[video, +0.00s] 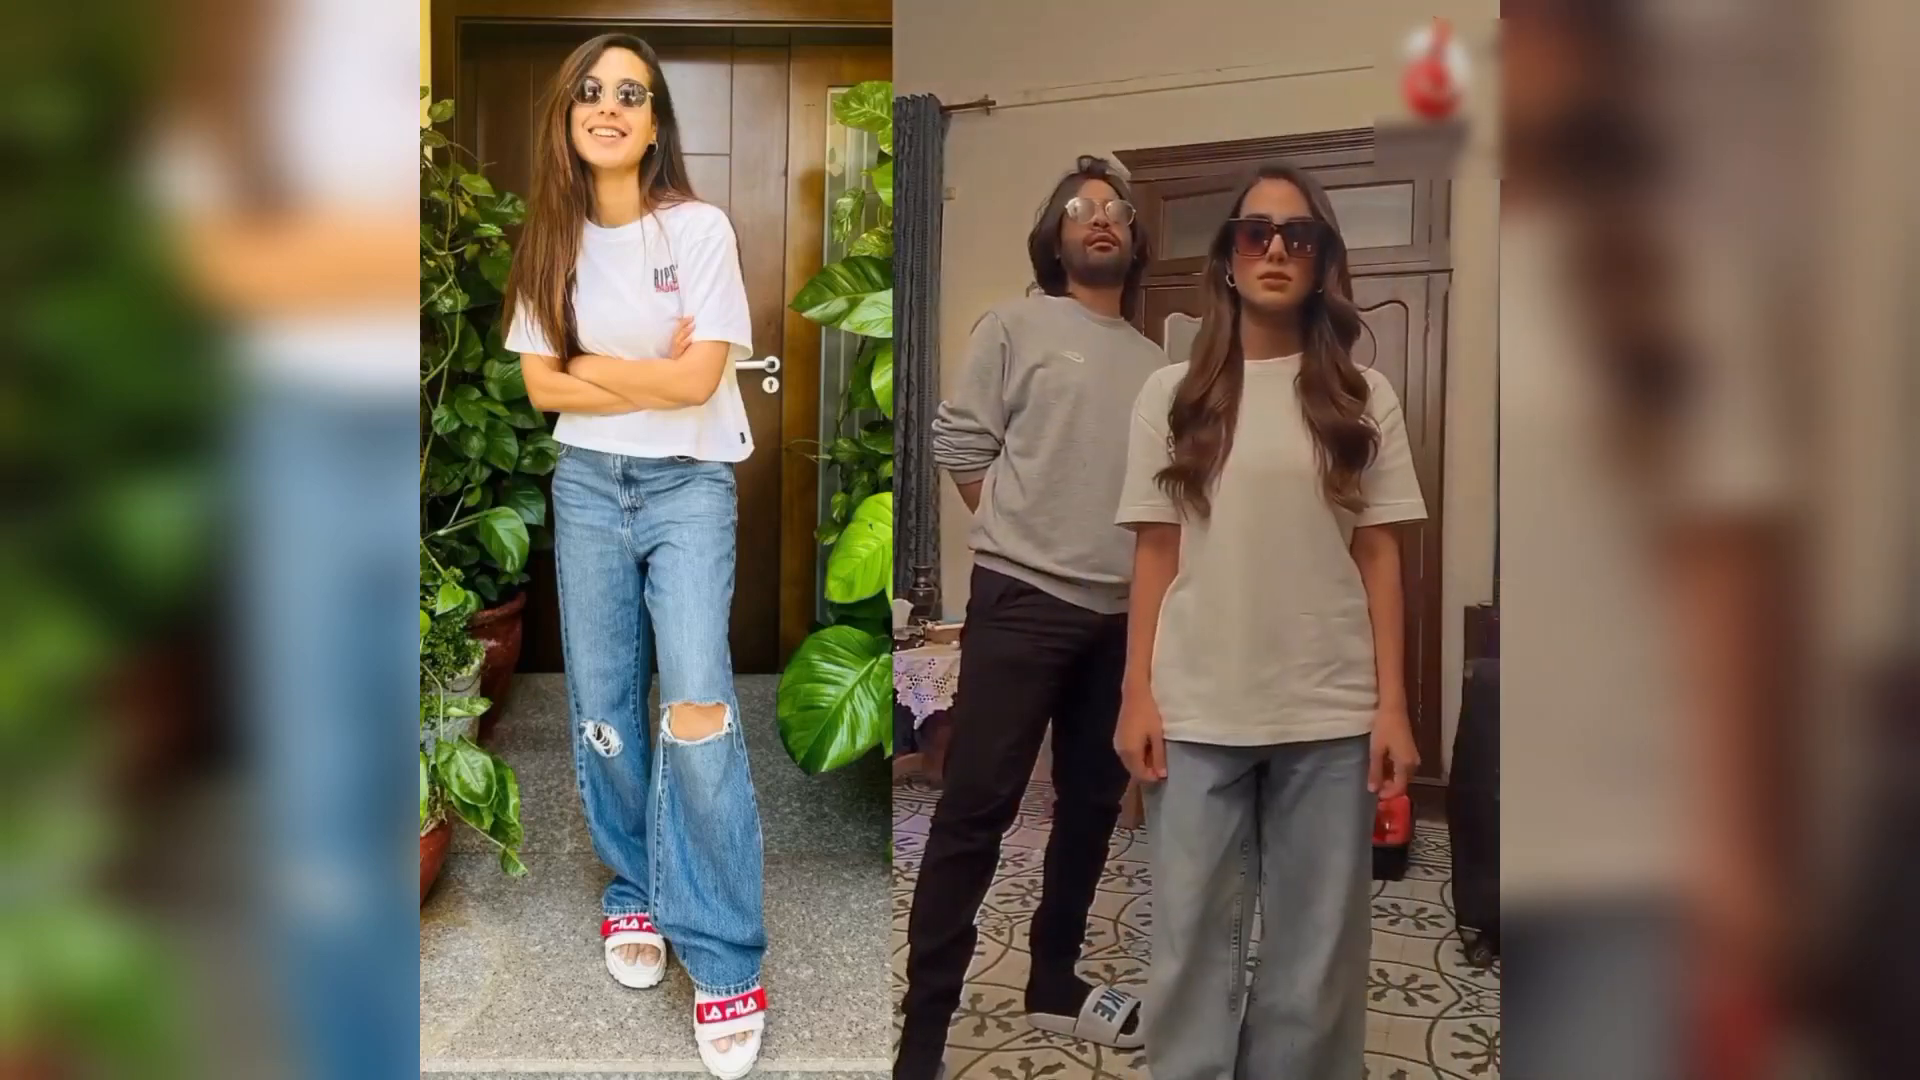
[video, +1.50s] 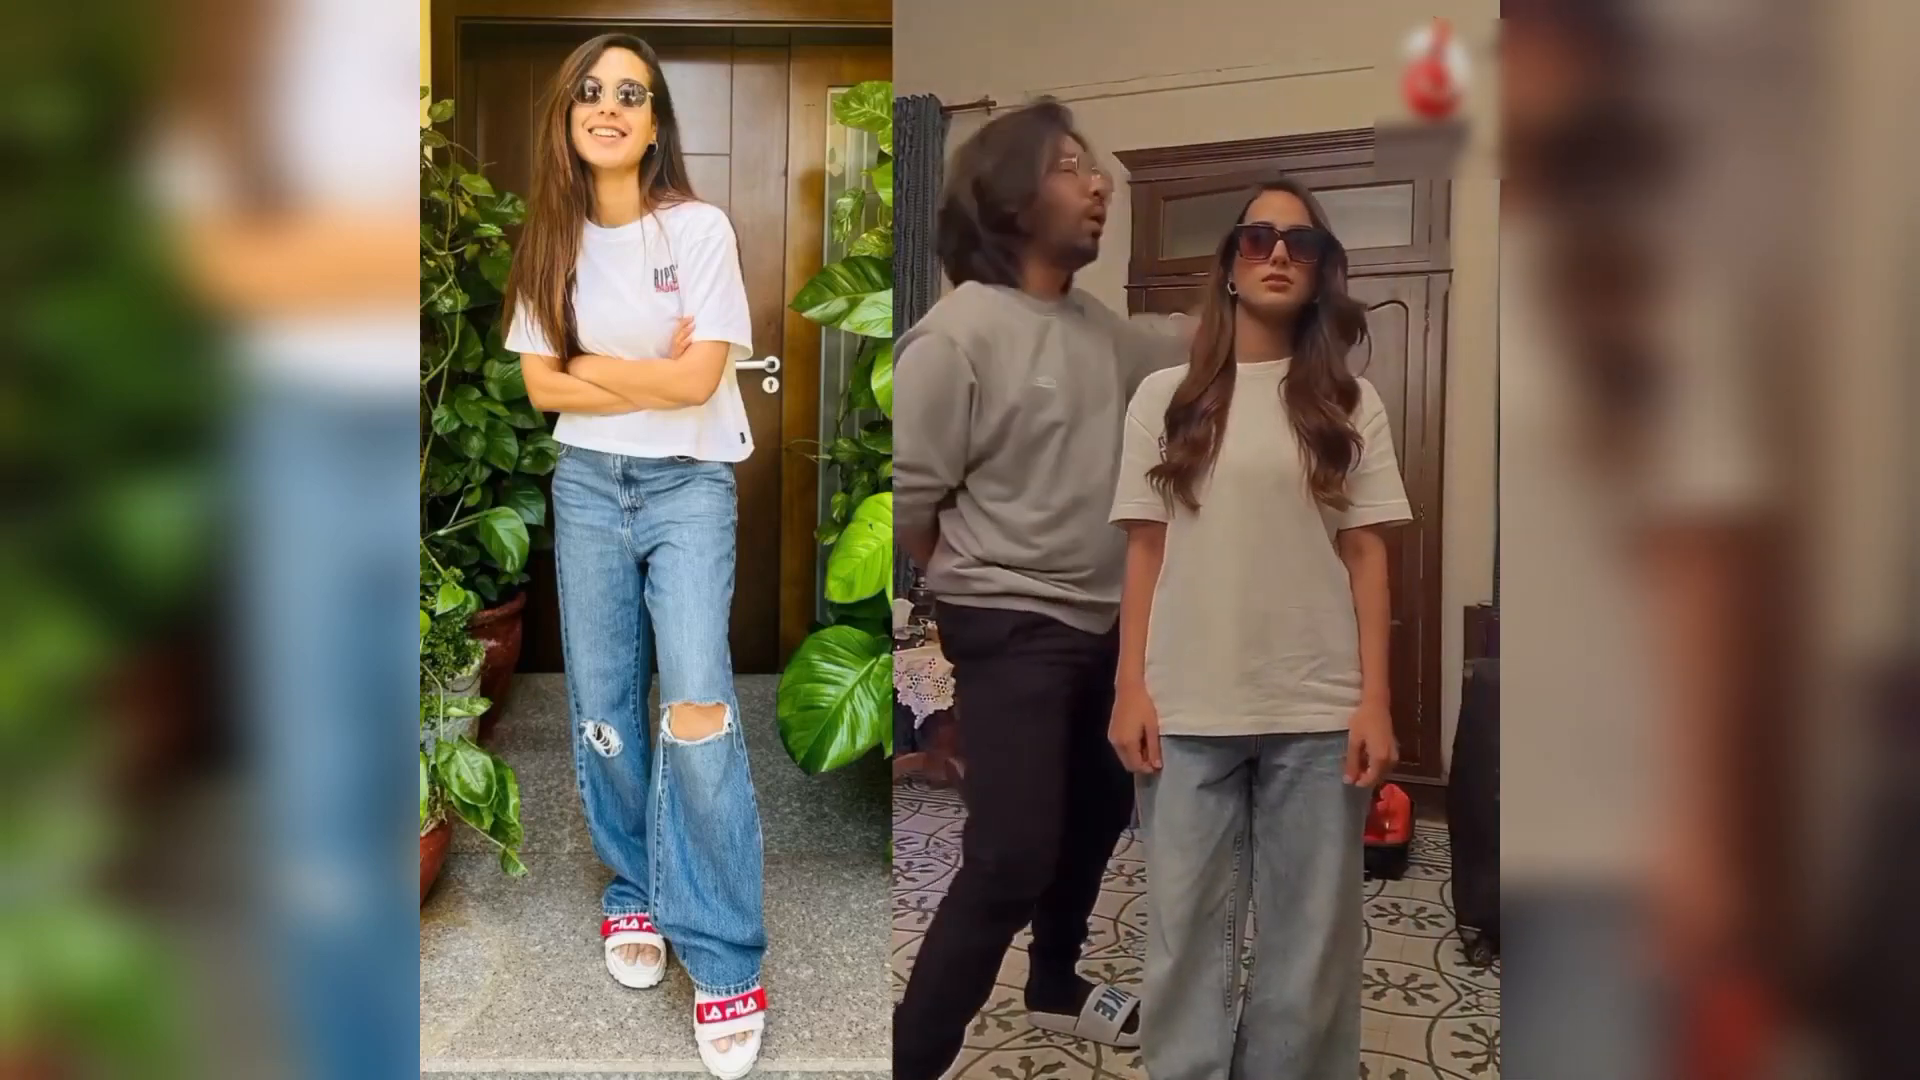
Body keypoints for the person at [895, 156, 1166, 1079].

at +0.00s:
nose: (1100, 218)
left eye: (1114, 207)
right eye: (1082, 208)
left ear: (1135, 235)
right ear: (1053, 236)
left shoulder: (1160, 360)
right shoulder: (1013, 326)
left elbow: (1171, 491)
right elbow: (964, 457)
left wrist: (1126, 565)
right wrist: (1014, 552)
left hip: (1124, 610)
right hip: (1019, 601)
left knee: (1091, 807)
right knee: (974, 812)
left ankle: (1055, 985)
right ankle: (923, 1036)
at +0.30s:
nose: (1106, 217)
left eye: (1121, 206)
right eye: (1088, 207)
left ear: (1142, 235)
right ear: (1059, 236)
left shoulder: (1165, 357)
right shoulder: (1018, 324)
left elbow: (1176, 488)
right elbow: (969, 454)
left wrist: (1122, 556)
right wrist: (1020, 550)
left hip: (1126, 607)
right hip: (1021, 598)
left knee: (1095, 803)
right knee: (975, 809)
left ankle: (1056, 984)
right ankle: (925, 1030)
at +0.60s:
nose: (1119, 218)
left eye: (1131, 209)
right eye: (1099, 207)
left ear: (1148, 240)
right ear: (1064, 236)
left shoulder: (1166, 358)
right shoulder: (1021, 324)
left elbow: (1179, 486)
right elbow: (968, 448)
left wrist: (1133, 556)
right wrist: (1020, 541)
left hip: (1127, 606)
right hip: (1023, 595)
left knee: (1094, 802)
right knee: (975, 808)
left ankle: (1055, 984)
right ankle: (922, 1036)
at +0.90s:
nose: (1116, 226)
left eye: (1125, 216)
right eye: (1095, 215)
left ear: (1136, 247)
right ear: (1054, 241)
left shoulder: (1144, 368)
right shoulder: (1014, 333)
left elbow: (1158, 498)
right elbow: (959, 467)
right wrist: (1011, 559)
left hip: (1123, 610)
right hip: (1027, 602)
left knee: (1108, 810)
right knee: (997, 816)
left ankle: (1055, 979)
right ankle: (926, 1034)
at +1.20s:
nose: (1112, 221)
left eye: (1122, 209)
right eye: (1089, 205)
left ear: (1130, 233)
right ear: (1044, 226)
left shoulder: (1139, 363)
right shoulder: (1000, 335)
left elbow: (1140, 494)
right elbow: (935, 461)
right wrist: (984, 542)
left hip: (1111, 621)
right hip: (1016, 608)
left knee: (1106, 818)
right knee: (994, 833)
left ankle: (1054, 982)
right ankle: (916, 1052)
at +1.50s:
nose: (1100, 186)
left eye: (1096, 170)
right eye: (1073, 168)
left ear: (1088, 192)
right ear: (1009, 192)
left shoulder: (1106, 329)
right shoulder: (955, 333)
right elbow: (908, 516)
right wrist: (951, 591)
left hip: (1107, 620)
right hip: (1002, 622)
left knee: (1092, 816)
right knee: (1011, 866)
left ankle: (1055, 986)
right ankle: (914, 1064)